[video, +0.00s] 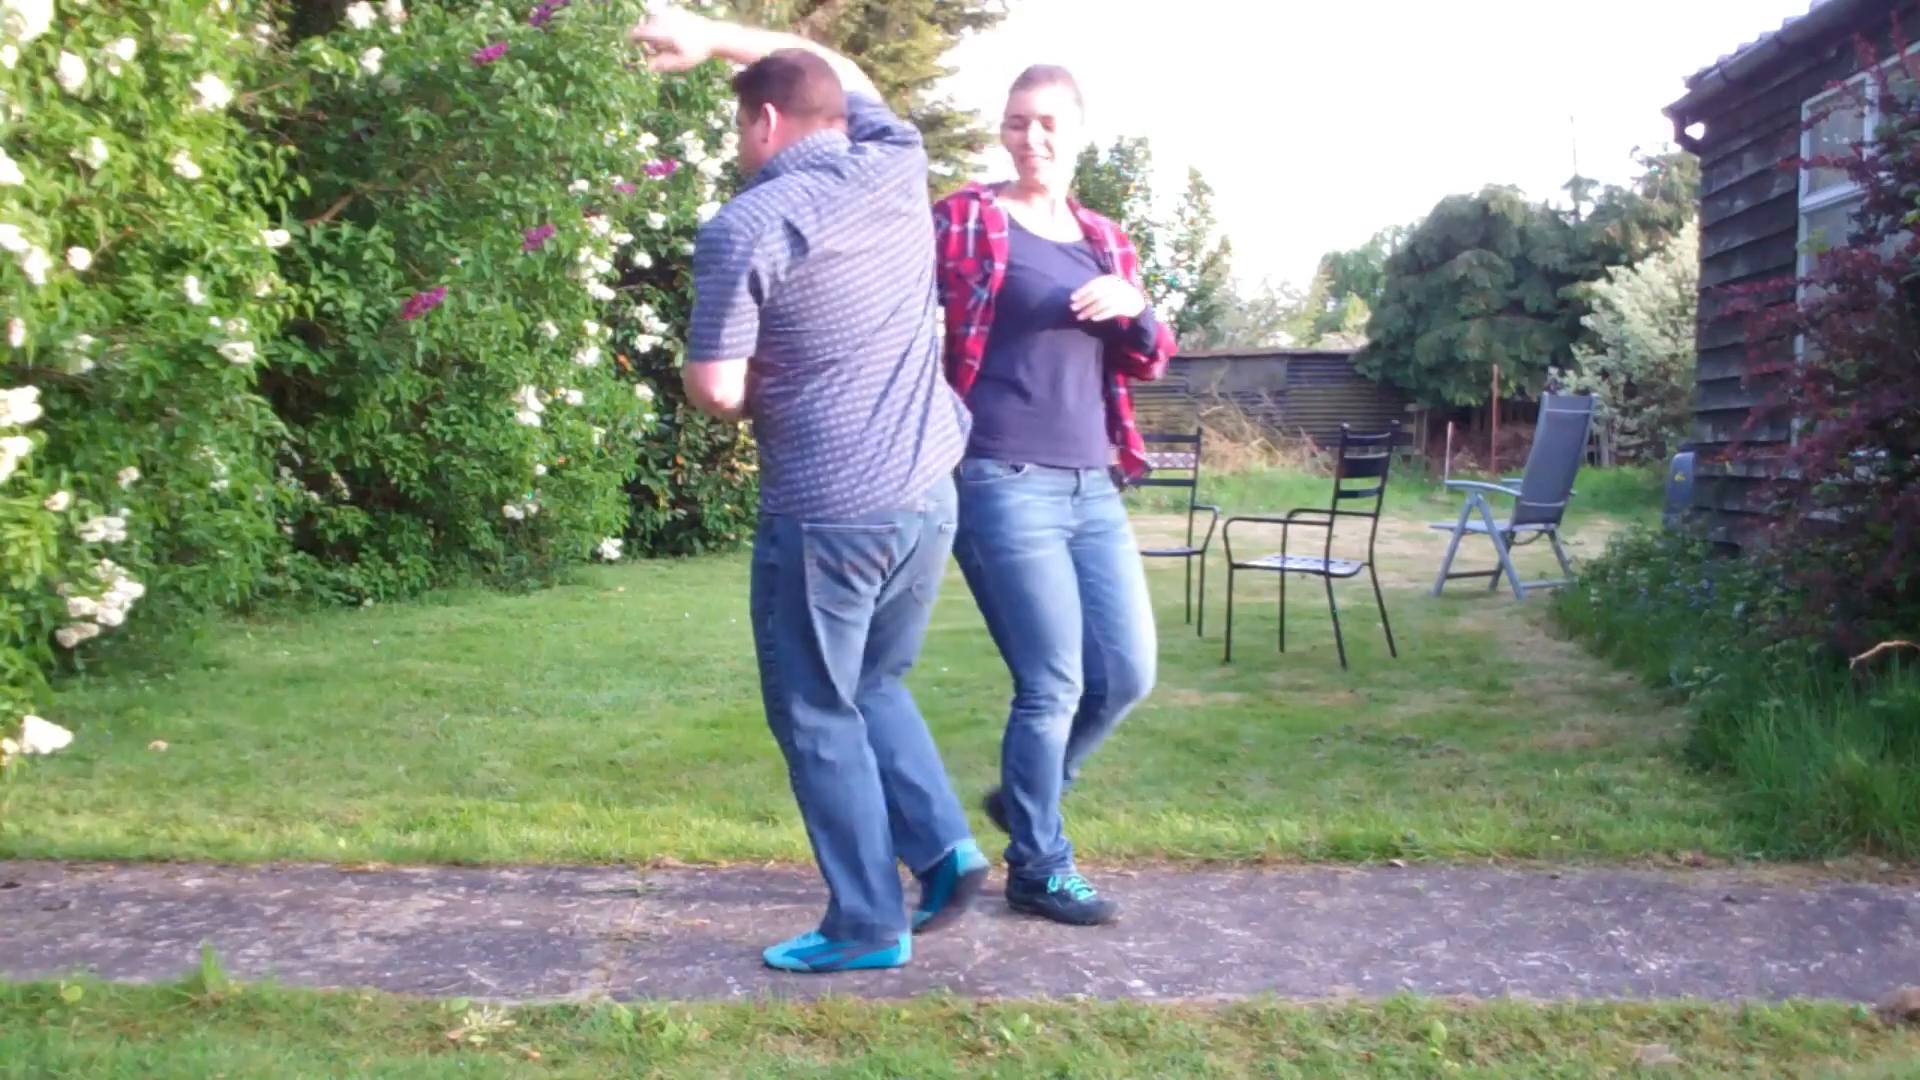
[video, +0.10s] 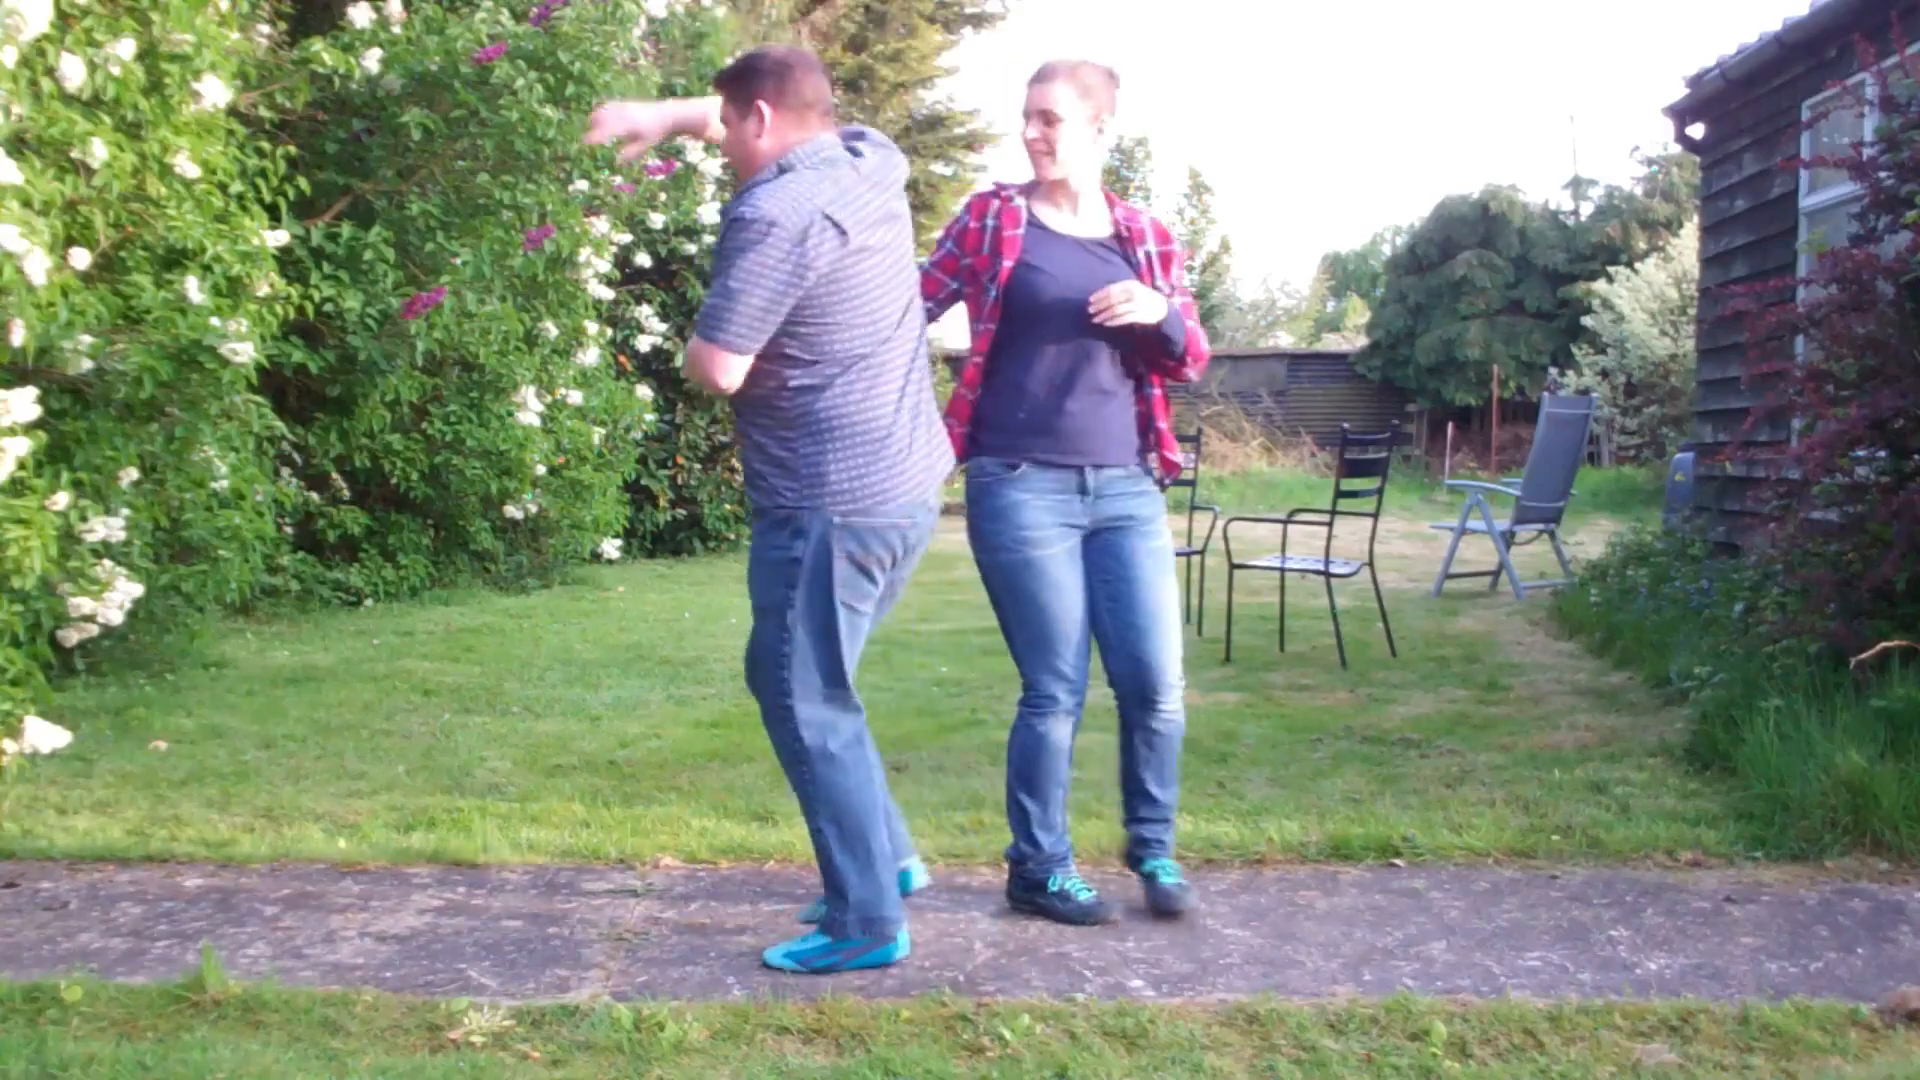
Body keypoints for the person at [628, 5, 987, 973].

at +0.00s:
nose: (737, 140)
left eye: (738, 120)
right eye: (737, 122)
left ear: (766, 121)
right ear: (829, 112)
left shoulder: (747, 226)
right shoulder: (896, 163)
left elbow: (716, 387)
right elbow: (837, 75)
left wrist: (769, 388)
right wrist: (711, 42)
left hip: (828, 515)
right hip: (930, 493)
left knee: (814, 714)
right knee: (877, 678)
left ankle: (869, 925)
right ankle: (944, 850)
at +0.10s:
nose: (726, 139)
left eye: (729, 125)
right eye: (725, 126)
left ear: (765, 117)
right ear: (808, 107)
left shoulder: (774, 214)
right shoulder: (875, 158)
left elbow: (720, 371)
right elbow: (763, 115)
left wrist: (702, 346)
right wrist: (665, 115)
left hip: (833, 503)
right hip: (902, 475)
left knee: (804, 699)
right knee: (785, 670)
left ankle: (865, 924)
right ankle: (886, 859)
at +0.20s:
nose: (713, 137)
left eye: (719, 118)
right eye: (710, 121)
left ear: (764, 111)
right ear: (782, 108)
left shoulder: (818, 195)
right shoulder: (797, 176)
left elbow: (754, 340)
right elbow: (718, 175)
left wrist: (697, 328)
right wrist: (624, 193)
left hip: (838, 493)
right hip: (790, 490)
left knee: (807, 704)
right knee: (751, 687)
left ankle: (865, 914)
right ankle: (787, 874)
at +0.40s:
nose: (733, 121)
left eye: (754, 104)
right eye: (721, 103)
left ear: (807, 109)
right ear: (710, 109)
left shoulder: (868, 197)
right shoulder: (695, 200)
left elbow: (896, 313)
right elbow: (628, 294)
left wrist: (757, 315)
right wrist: (624, 354)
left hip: (844, 491)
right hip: (738, 497)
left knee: (816, 693)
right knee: (742, 701)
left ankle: (845, 897)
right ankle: (764, 884)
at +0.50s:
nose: (770, 121)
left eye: (788, 106)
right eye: (752, 105)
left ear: (818, 117)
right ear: (723, 116)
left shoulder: (874, 202)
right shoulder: (681, 209)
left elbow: (940, 308)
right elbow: (629, 336)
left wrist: (819, 315)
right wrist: (697, 411)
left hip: (846, 500)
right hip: (732, 502)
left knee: (832, 694)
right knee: (739, 706)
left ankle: (839, 888)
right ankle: (764, 883)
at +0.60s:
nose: (813, 133)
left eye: (823, 117)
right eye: (793, 114)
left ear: (834, 126)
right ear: (741, 120)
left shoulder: (874, 206)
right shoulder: (682, 217)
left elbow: (956, 297)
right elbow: (668, 358)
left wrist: (886, 297)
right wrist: (788, 421)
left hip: (856, 508)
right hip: (734, 516)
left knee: (858, 696)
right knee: (743, 712)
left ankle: (852, 880)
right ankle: (766, 887)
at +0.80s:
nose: (871, 139)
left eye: (871, 121)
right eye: (858, 120)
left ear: (821, 123)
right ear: (796, 122)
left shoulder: (874, 214)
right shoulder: (732, 218)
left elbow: (943, 302)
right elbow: (796, 355)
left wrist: (973, 270)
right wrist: (929, 399)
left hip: (869, 510)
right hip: (762, 512)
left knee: (900, 687)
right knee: (766, 707)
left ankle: (875, 887)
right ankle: (761, 888)